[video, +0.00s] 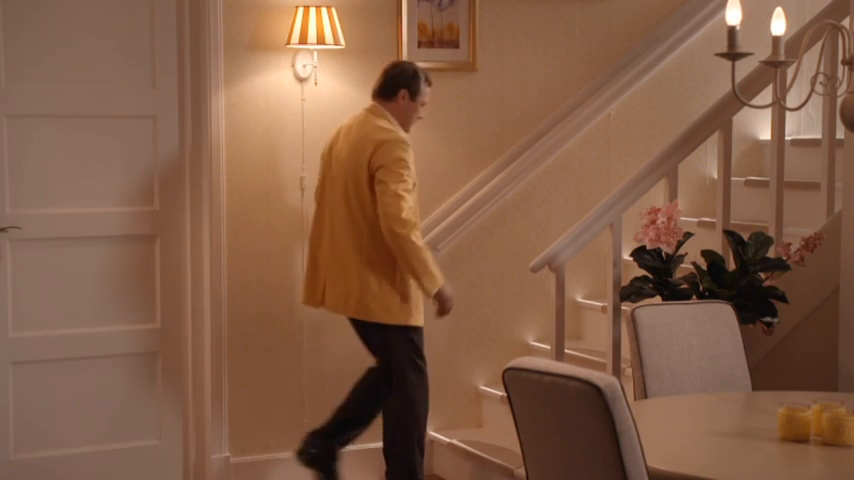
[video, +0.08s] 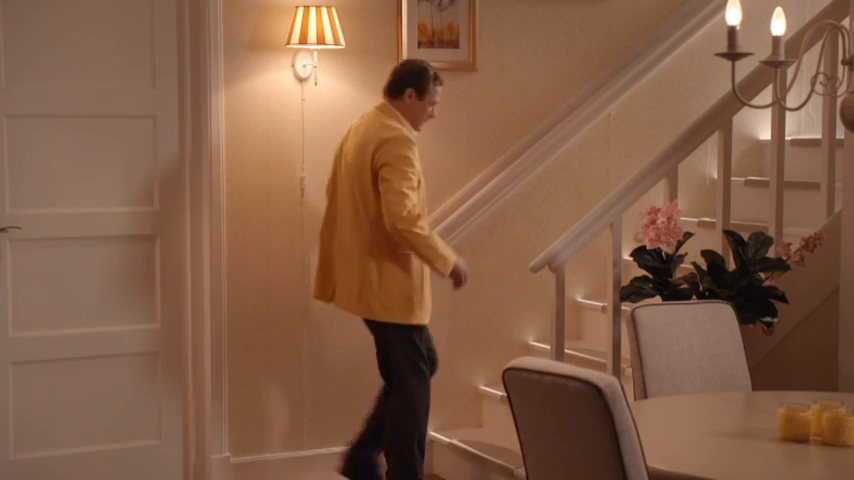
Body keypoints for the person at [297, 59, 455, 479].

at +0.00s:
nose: (422, 114)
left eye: (424, 104)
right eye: (421, 103)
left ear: (390, 96)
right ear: (402, 97)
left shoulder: (344, 134)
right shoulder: (391, 143)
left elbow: (327, 207)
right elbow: (399, 224)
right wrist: (436, 284)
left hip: (347, 279)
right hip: (383, 285)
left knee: (391, 366)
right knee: (409, 379)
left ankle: (324, 444)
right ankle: (405, 473)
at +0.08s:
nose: (433, 114)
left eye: (436, 104)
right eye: (431, 103)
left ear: (402, 96)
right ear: (409, 96)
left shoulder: (363, 127)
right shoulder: (395, 139)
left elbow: (339, 199)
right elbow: (403, 218)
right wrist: (448, 261)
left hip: (366, 276)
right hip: (387, 281)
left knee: (420, 362)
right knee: (411, 376)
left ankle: (363, 458)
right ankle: (406, 473)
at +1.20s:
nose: (460, 91)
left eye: (458, 84)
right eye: (454, 84)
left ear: (431, 89)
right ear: (430, 88)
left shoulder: (435, 133)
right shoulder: (398, 133)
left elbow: (455, 174)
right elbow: (389, 202)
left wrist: (498, 179)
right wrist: (448, 245)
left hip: (427, 274)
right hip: (392, 276)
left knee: (437, 374)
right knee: (381, 381)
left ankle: (435, 471)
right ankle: (349, 472)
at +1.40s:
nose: (471, 84)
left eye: (468, 78)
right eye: (465, 78)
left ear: (441, 86)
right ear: (445, 86)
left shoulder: (437, 126)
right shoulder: (421, 133)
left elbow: (460, 162)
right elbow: (457, 198)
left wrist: (498, 161)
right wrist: (530, 223)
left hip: (433, 280)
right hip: (408, 281)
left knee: (430, 383)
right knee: (393, 381)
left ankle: (433, 471)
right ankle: (351, 473)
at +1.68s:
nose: (486, 82)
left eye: (483, 75)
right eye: (479, 75)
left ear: (456, 83)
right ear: (460, 82)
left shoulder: (453, 122)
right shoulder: (444, 127)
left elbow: (464, 184)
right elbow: (482, 194)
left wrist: (500, 173)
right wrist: (545, 228)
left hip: (456, 276)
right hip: (436, 277)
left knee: (448, 380)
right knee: (429, 380)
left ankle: (433, 471)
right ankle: (367, 472)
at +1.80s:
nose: (491, 82)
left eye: (488, 74)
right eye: (485, 75)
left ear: (461, 82)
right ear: (466, 81)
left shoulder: (456, 121)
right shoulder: (450, 125)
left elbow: (459, 194)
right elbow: (485, 193)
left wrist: (496, 177)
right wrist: (545, 228)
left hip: (458, 272)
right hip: (442, 273)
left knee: (451, 379)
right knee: (438, 380)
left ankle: (433, 470)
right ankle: (388, 472)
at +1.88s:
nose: (493, 82)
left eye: (491, 75)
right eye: (488, 75)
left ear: (464, 82)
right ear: (469, 82)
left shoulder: (457, 121)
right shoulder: (455, 125)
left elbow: (460, 196)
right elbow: (486, 193)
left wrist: (498, 179)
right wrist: (545, 229)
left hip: (457, 272)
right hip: (446, 274)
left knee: (449, 380)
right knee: (440, 380)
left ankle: (432, 471)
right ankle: (399, 473)